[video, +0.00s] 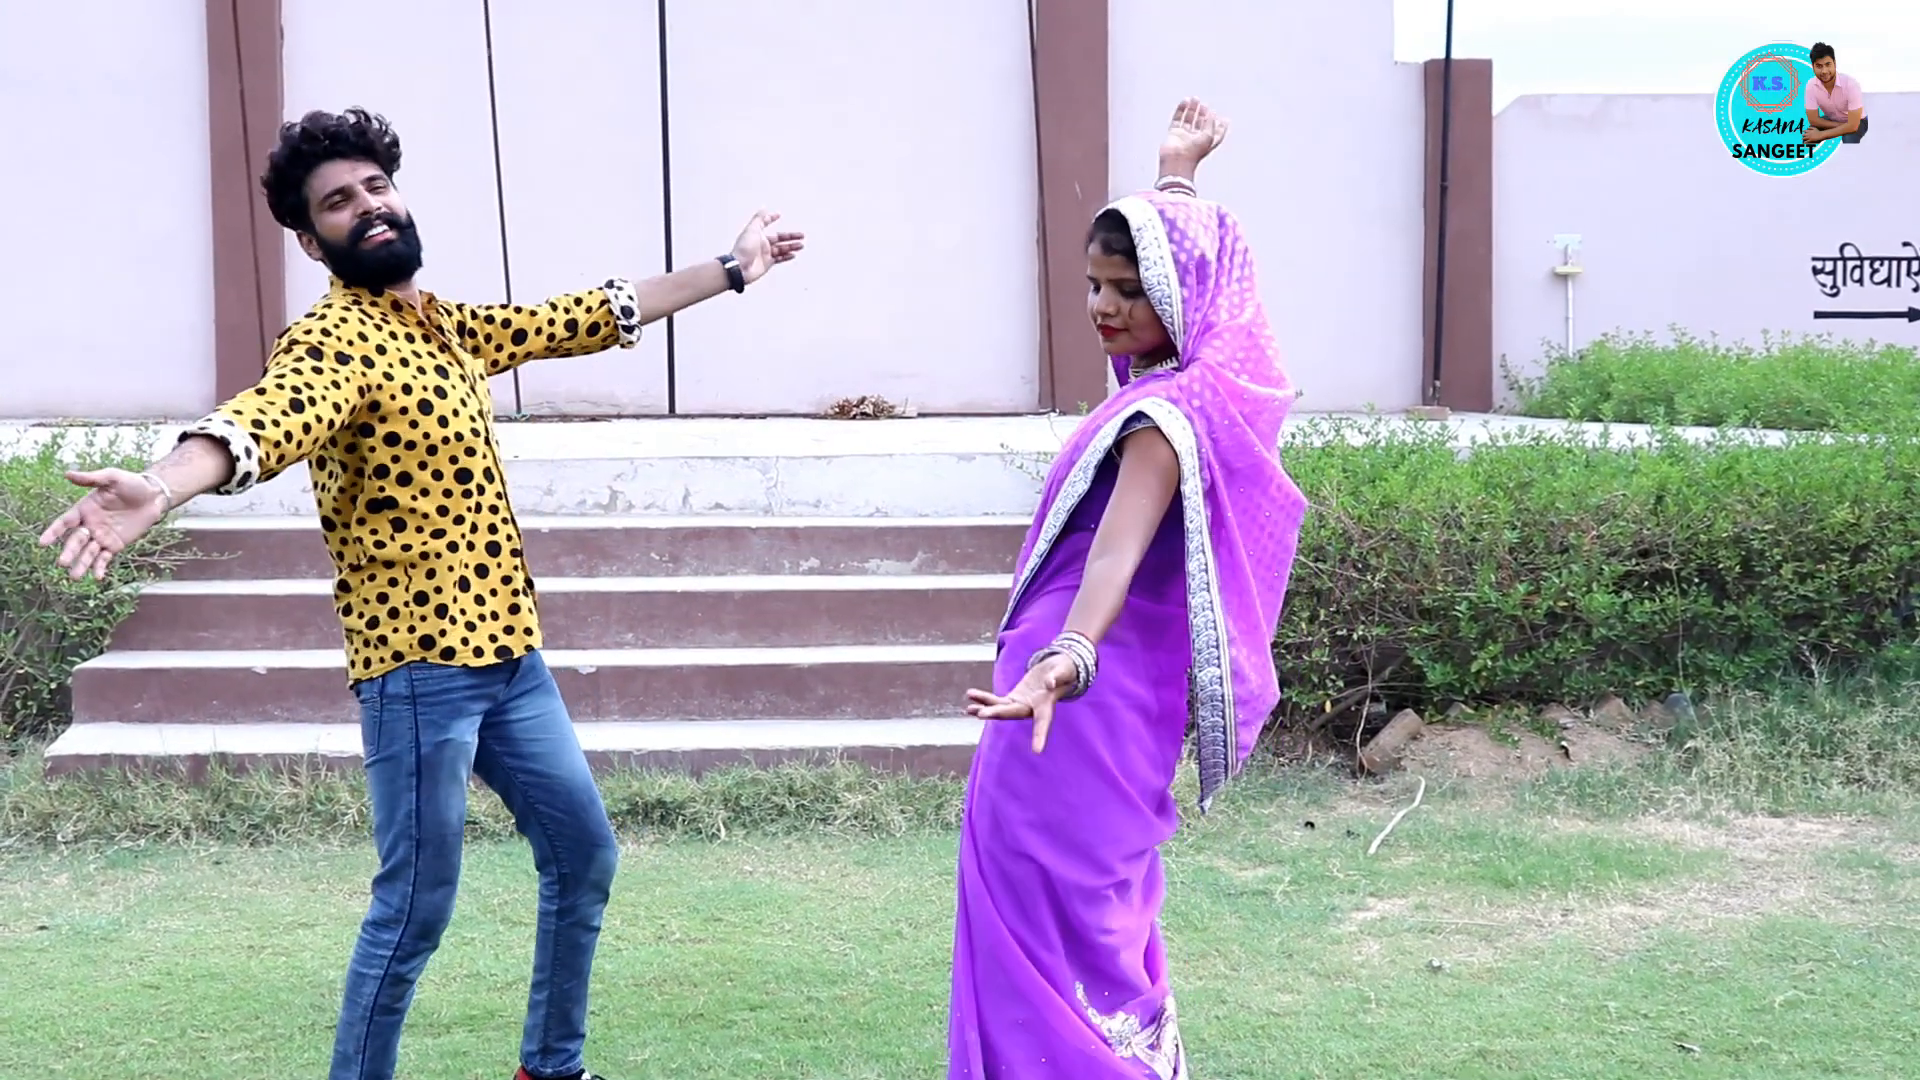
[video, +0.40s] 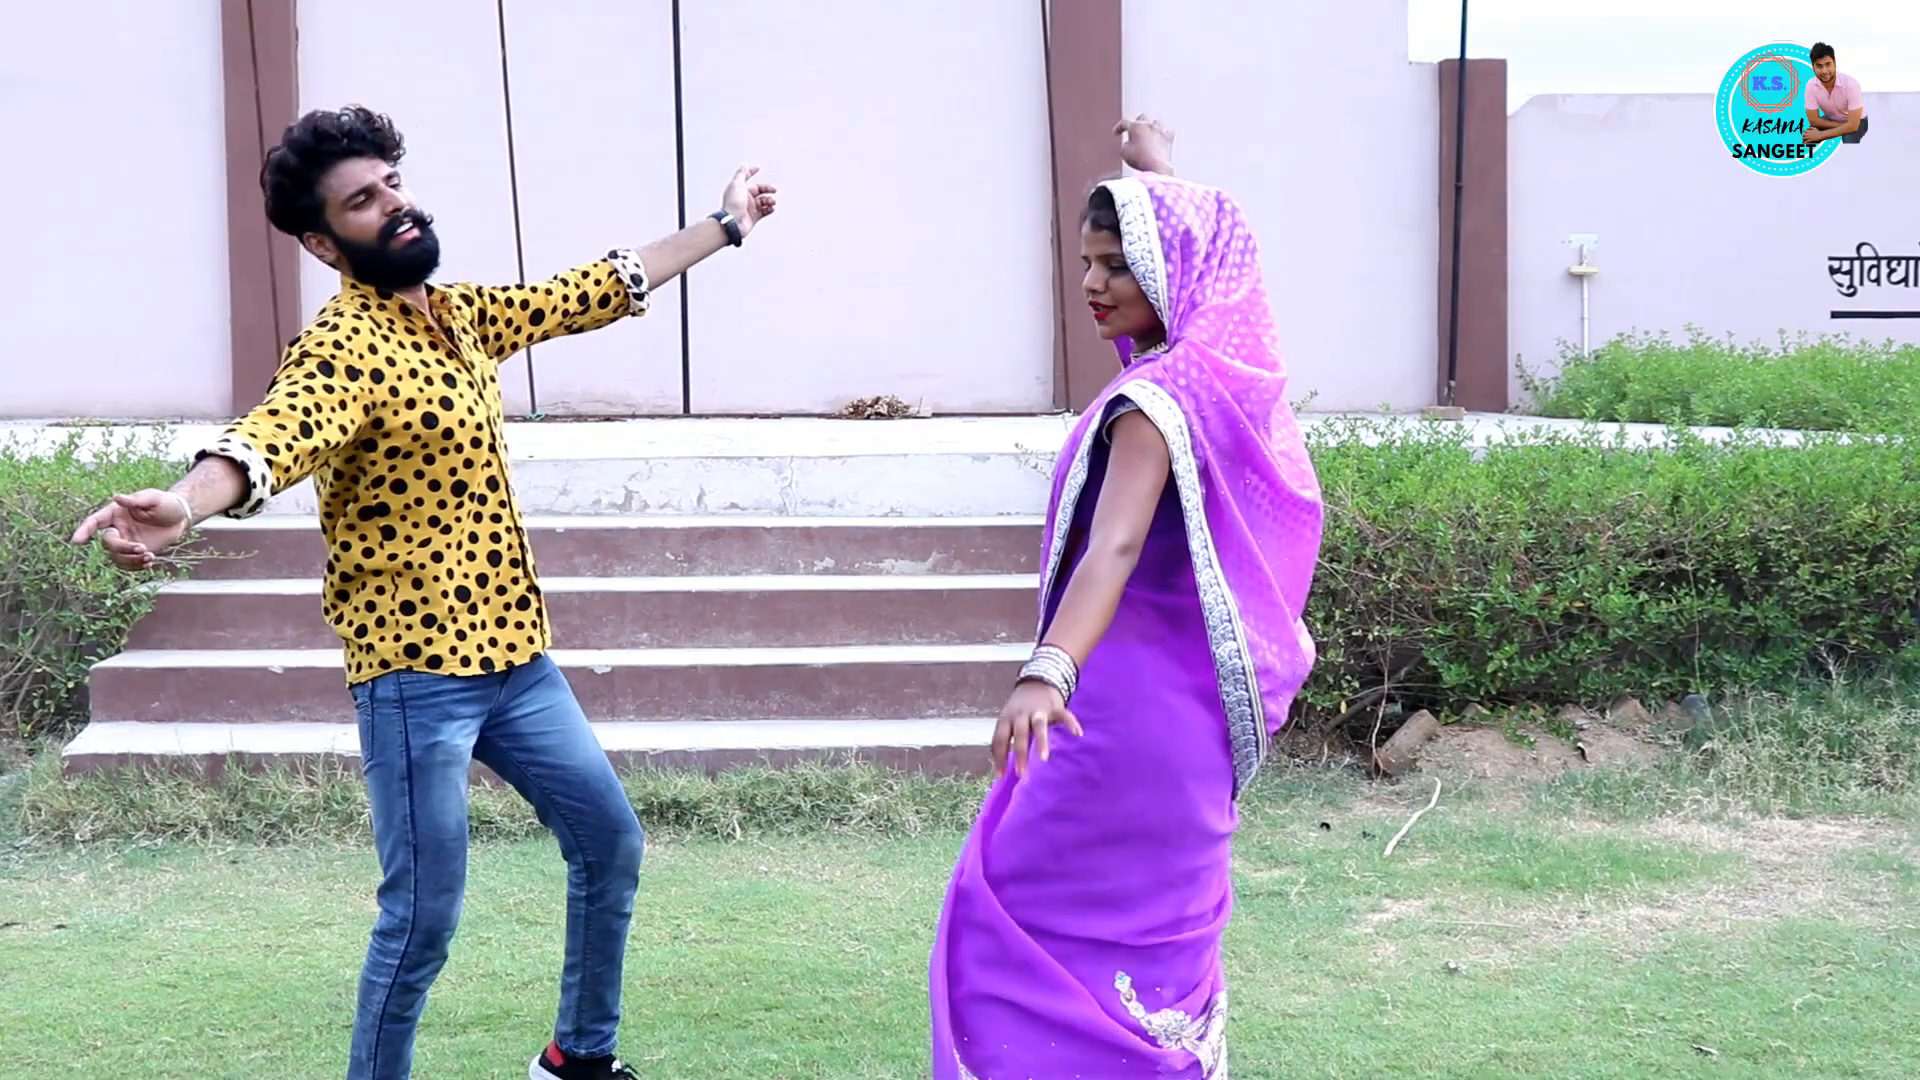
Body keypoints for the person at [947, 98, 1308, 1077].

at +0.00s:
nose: (1104, 308)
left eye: (1127, 291)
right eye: (1097, 286)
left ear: (1186, 300)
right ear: (1089, 281)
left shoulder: (1159, 416)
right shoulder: (1199, 388)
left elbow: (1117, 556)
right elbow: (1183, 287)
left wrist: (1066, 649)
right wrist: (1176, 172)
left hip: (1075, 718)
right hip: (1120, 711)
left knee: (1033, 960)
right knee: (1109, 949)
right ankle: (1133, 1061)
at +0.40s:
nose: (1091, 286)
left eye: (1113, 265)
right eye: (1088, 264)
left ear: (1175, 276)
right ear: (1195, 278)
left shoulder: (1153, 398)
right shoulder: (1236, 379)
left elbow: (1114, 548)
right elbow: (1211, 267)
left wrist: (1048, 669)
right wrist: (1163, 177)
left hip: (1120, 725)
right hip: (1194, 725)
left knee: (983, 921)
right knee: (1176, 962)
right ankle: (1175, 1064)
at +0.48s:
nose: (1108, 290)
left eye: (1129, 269)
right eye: (1104, 268)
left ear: (1196, 278)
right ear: (1206, 286)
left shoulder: (1170, 405)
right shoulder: (1259, 395)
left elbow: (1128, 566)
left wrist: (1046, 694)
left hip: (1138, 726)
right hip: (1211, 725)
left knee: (1044, 955)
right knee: (1186, 958)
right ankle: (1187, 1063)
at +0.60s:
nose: (1123, 281)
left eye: (1144, 262)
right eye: (1121, 260)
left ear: (1208, 275)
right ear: (1226, 278)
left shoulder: (1189, 405)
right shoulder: (1266, 384)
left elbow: (1149, 561)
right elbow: (1256, 265)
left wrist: (1069, 686)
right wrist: (1205, 181)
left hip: (1148, 714)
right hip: (1213, 712)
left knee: (1078, 963)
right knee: (1189, 959)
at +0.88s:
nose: (1197, 275)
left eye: (1220, 258)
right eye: (1193, 257)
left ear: (1282, 275)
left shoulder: (1263, 403)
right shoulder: (1300, 372)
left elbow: (1230, 555)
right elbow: (1207, 317)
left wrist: (1186, 662)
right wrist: (1188, 207)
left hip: (1216, 717)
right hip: (1263, 711)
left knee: (1086, 928)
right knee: (1244, 953)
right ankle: (1259, 1062)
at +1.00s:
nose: (1207, 259)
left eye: (1231, 245)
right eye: (1206, 240)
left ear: (1296, 267)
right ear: (1200, 244)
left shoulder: (1296, 390)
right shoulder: (1262, 368)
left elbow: (1287, 543)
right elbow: (1199, 318)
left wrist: (1253, 606)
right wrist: (1184, 210)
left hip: (1231, 711)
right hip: (1196, 698)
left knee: (1204, 955)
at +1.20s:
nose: (1205, 243)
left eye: (1229, 225)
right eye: (1208, 227)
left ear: (1294, 252)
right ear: (1252, 261)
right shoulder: (1220, 356)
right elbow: (1160, 321)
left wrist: (1365, 504)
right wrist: (1134, 259)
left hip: (1271, 690)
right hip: (1189, 684)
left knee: (1268, 946)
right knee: (1171, 932)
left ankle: (1296, 1064)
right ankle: (1172, 1066)